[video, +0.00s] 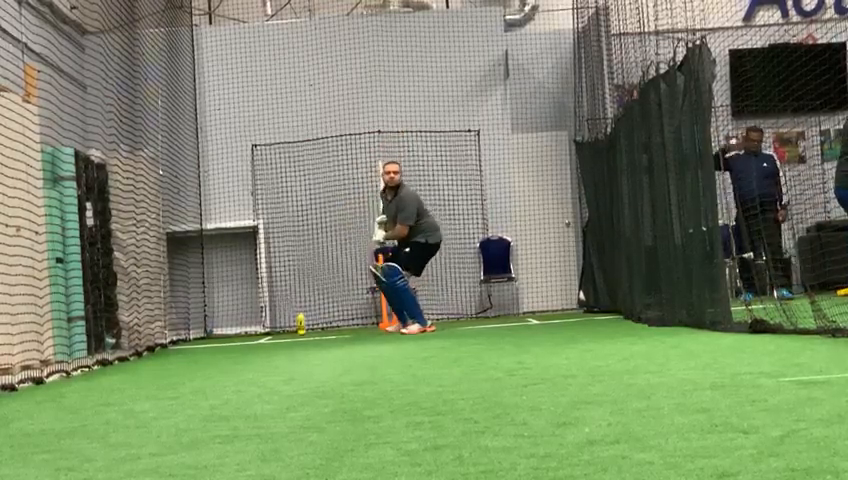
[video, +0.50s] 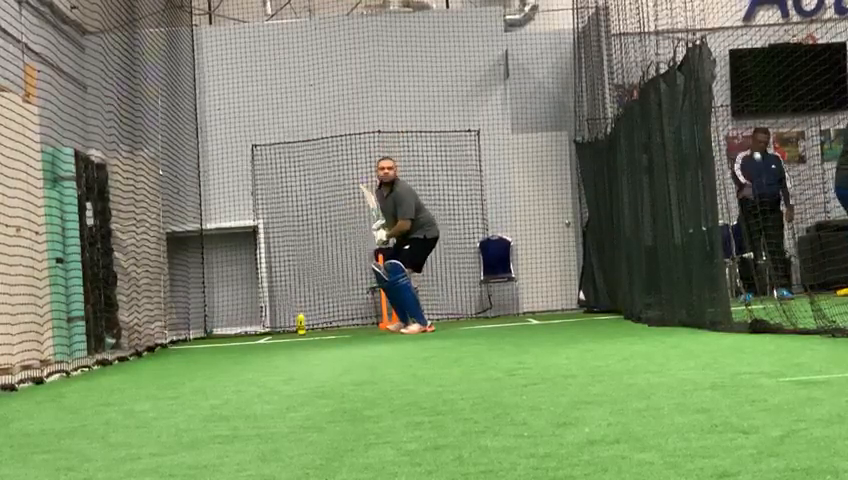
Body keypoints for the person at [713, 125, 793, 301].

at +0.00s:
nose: (756, 144)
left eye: (759, 141)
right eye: (753, 141)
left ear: (762, 142)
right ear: (744, 141)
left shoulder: (769, 159)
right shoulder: (735, 160)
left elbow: (778, 185)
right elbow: (713, 164)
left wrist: (782, 206)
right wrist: (726, 149)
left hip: (769, 210)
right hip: (745, 211)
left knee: (774, 248)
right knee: (746, 250)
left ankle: (780, 285)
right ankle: (749, 289)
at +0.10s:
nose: (758, 144)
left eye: (761, 140)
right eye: (755, 140)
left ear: (764, 141)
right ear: (746, 141)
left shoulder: (770, 159)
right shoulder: (736, 159)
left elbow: (779, 184)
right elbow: (715, 157)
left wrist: (783, 205)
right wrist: (726, 141)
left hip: (770, 207)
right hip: (747, 209)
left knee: (775, 246)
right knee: (747, 249)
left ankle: (780, 286)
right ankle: (750, 289)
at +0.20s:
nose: (759, 144)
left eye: (762, 140)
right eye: (756, 140)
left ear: (765, 141)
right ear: (747, 141)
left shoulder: (771, 159)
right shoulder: (737, 159)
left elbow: (781, 184)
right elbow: (716, 155)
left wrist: (785, 205)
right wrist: (727, 141)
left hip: (771, 207)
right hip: (748, 208)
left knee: (776, 247)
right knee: (748, 248)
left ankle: (781, 286)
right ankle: (750, 289)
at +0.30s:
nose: (760, 144)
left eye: (763, 141)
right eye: (757, 140)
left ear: (766, 141)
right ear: (748, 140)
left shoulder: (772, 158)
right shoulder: (740, 158)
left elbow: (782, 183)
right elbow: (724, 157)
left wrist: (787, 205)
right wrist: (731, 143)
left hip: (772, 207)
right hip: (749, 208)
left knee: (777, 246)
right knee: (748, 248)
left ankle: (782, 286)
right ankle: (750, 289)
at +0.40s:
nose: (762, 145)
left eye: (764, 141)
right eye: (758, 141)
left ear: (767, 142)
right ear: (749, 141)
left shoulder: (773, 159)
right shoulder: (741, 159)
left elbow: (782, 184)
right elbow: (730, 171)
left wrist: (788, 205)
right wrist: (734, 153)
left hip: (772, 208)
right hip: (750, 209)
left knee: (777, 247)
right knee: (749, 248)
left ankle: (782, 286)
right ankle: (751, 288)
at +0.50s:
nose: (762, 145)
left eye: (765, 142)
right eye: (759, 141)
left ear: (768, 142)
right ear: (752, 141)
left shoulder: (775, 159)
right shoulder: (742, 159)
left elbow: (783, 184)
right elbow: (737, 175)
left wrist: (788, 205)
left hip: (772, 207)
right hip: (751, 208)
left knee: (776, 247)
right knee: (751, 248)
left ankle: (781, 286)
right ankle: (752, 289)